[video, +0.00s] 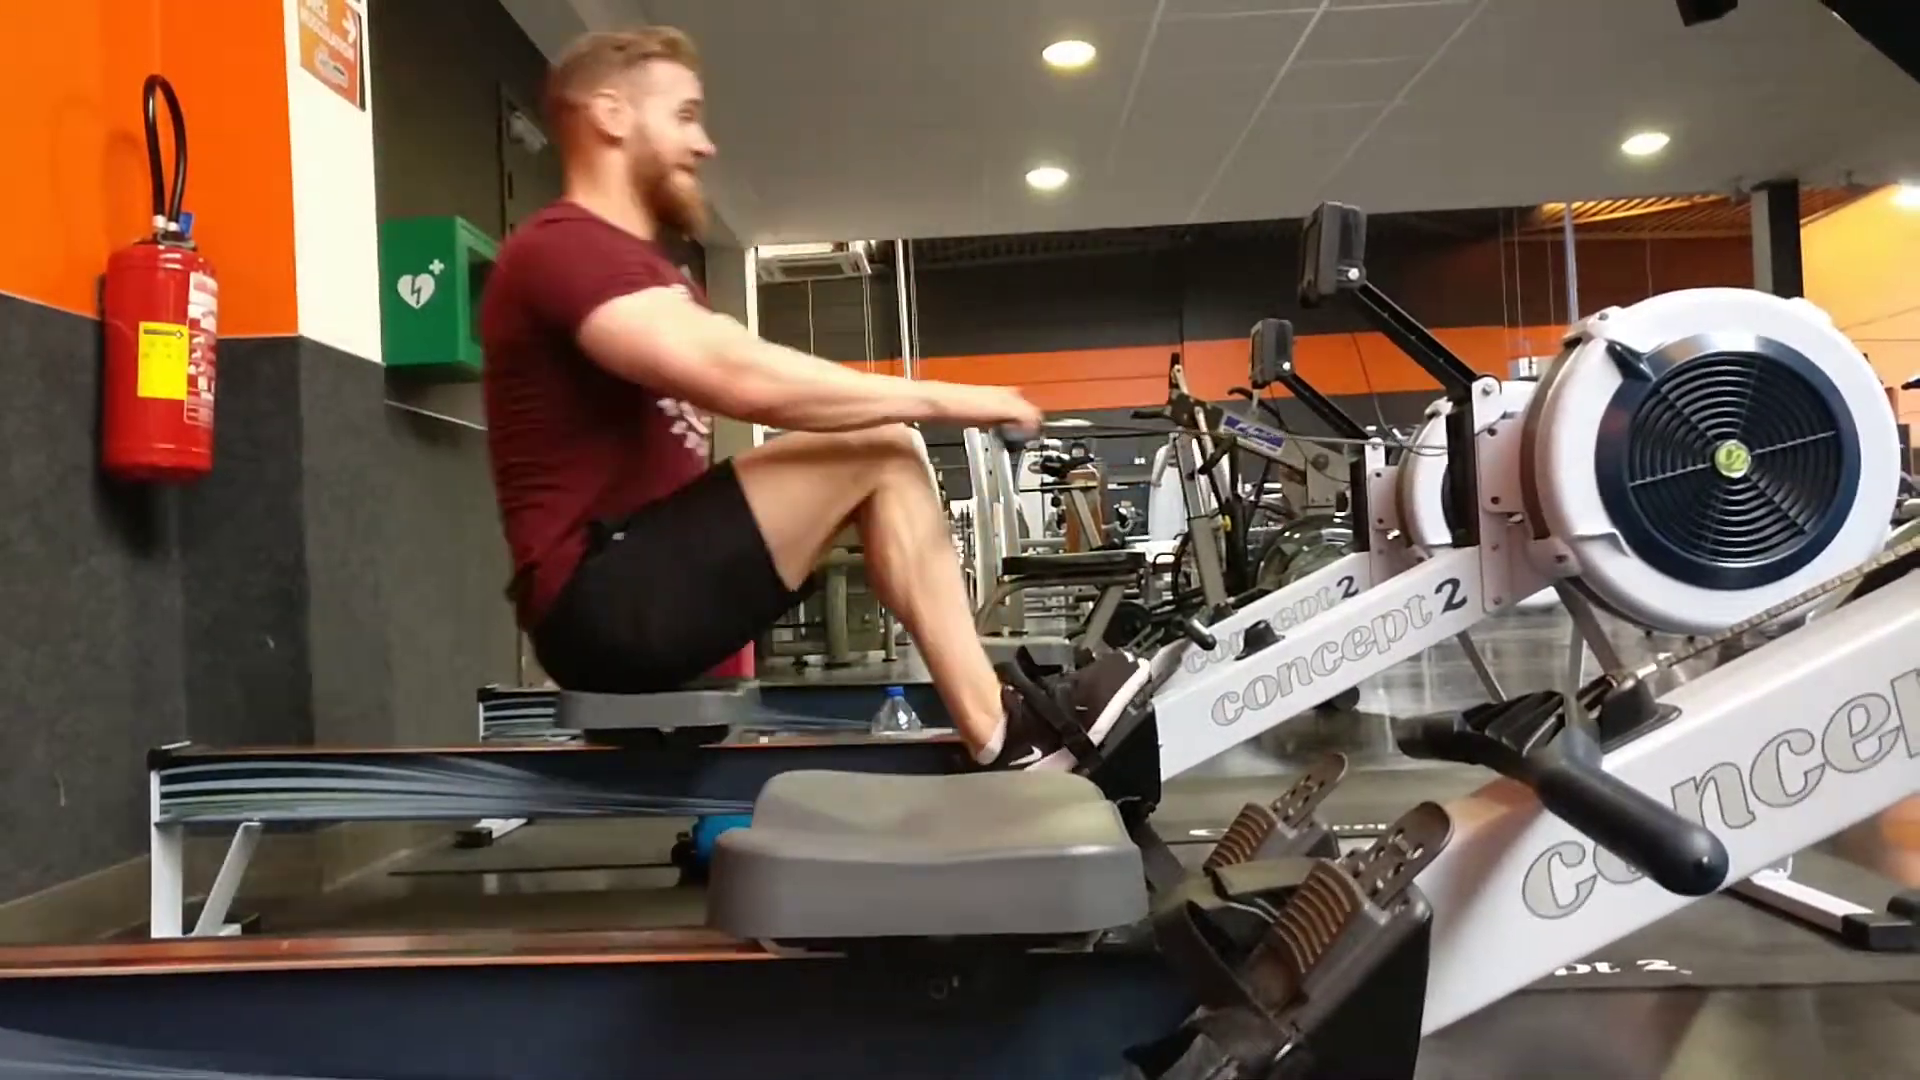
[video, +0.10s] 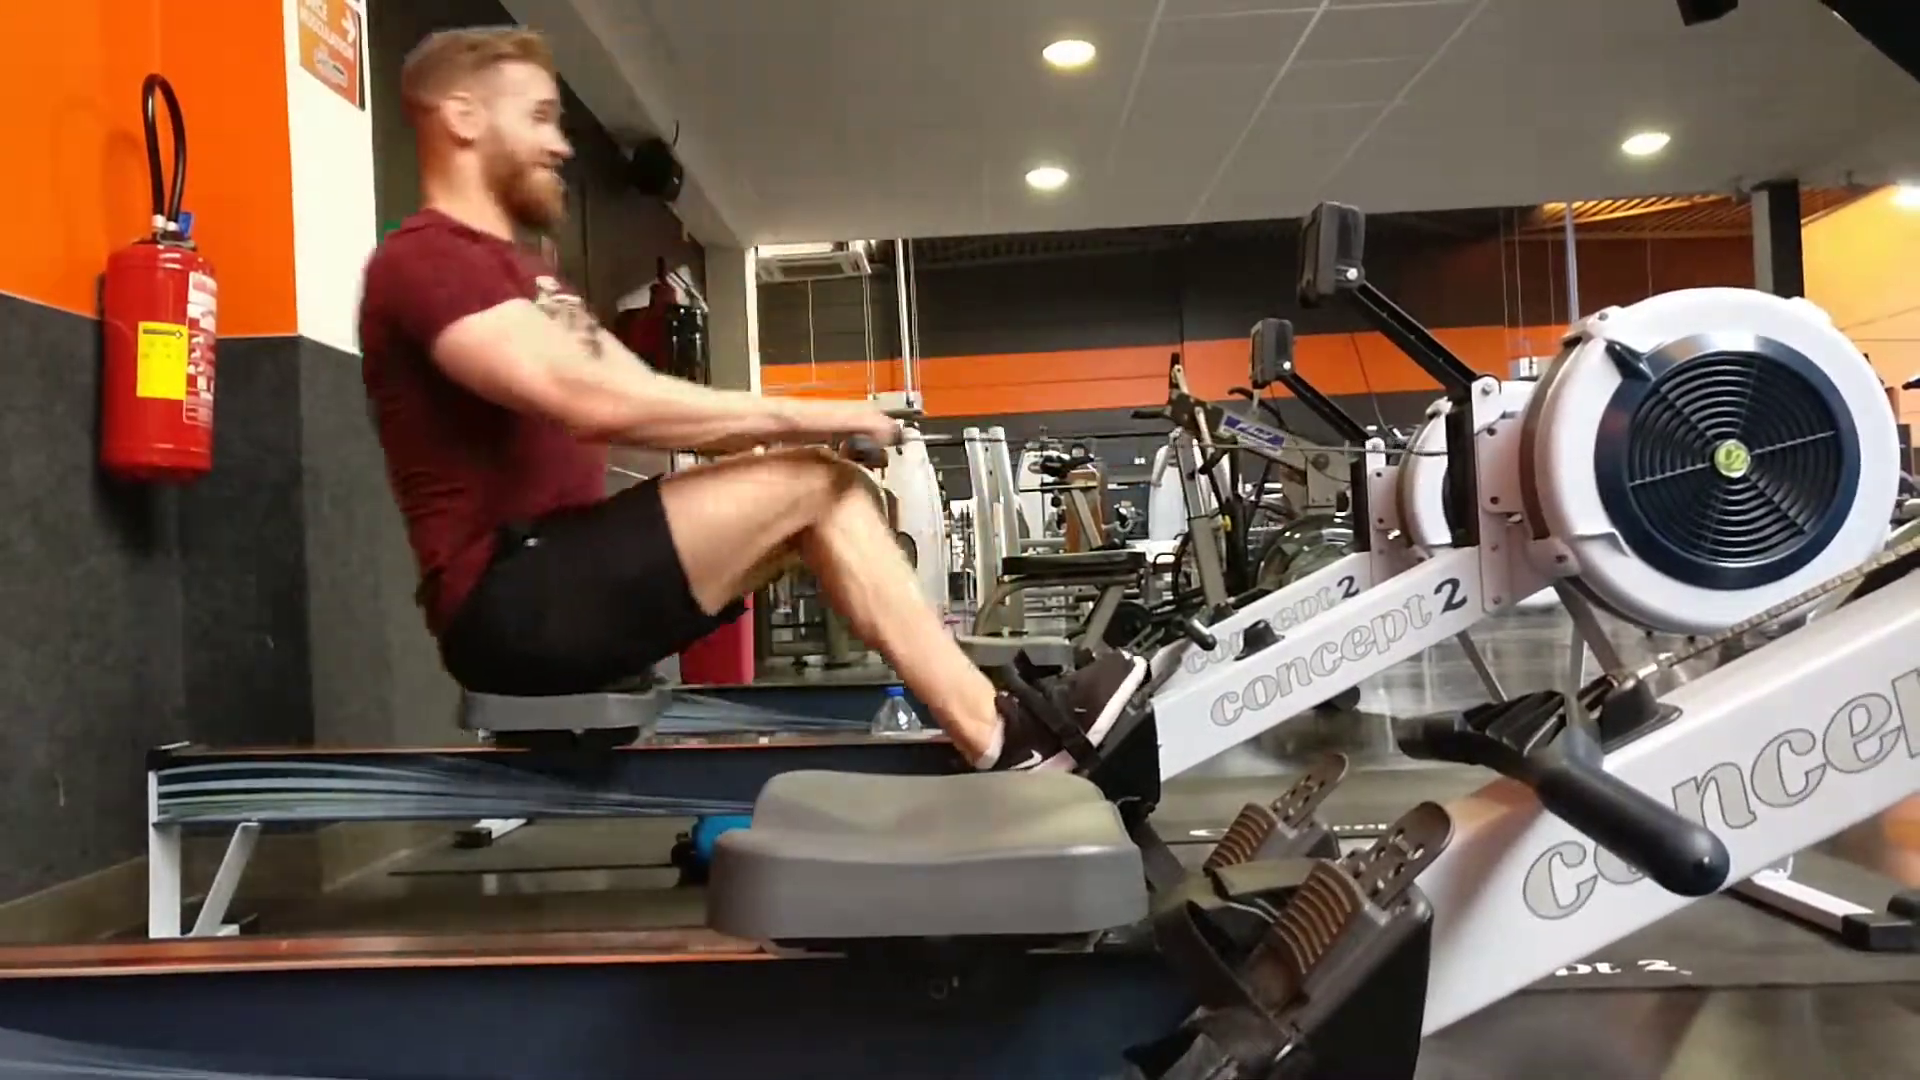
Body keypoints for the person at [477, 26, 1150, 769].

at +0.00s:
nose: (704, 144)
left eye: (700, 120)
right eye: (684, 115)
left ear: (618, 122)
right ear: (607, 119)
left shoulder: (639, 264)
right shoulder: (564, 249)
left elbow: (759, 385)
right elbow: (746, 383)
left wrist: (930, 403)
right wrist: (942, 399)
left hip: (638, 595)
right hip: (600, 603)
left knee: (887, 448)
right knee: (884, 452)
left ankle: (989, 718)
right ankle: (994, 737)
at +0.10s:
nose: (562, 141)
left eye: (558, 119)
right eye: (541, 115)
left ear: (474, 122)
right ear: (458, 119)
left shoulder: (517, 271)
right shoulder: (428, 261)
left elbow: (650, 396)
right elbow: (592, 406)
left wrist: (812, 423)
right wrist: (801, 421)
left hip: (557, 588)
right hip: (510, 605)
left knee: (825, 475)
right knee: (818, 478)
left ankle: (988, 717)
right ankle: (989, 733)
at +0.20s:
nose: (435, 170)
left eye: (436, 149)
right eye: (415, 141)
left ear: (362, 147)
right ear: (329, 140)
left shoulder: (406, 295)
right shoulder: (287, 282)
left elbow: (507, 451)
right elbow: (397, 431)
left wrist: (626, 419)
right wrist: (609, 407)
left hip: (496, 580)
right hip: (437, 606)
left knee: (766, 524)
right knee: (759, 525)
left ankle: (989, 721)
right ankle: (992, 745)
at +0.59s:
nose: (620, 190)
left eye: (624, 167)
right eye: (606, 161)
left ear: (531, 150)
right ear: (526, 143)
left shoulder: (528, 300)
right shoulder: (435, 270)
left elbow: (563, 448)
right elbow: (502, 435)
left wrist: (691, 416)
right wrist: (703, 404)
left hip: (521, 599)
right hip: (466, 612)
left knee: (783, 500)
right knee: (778, 502)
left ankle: (980, 723)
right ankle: (975, 742)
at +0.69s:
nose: (717, 191)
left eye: (718, 166)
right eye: (705, 161)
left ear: (632, 148)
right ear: (628, 144)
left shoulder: (647, 296)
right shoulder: (543, 270)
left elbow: (721, 415)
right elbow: (690, 426)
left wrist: (875, 411)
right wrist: (890, 406)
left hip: (600, 606)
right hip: (546, 618)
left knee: (854, 459)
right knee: (847, 467)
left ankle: (980, 718)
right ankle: (983, 740)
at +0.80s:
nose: (815, 190)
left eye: (819, 166)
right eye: (805, 159)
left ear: (732, 146)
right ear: (732, 140)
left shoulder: (696, 279)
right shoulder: (651, 266)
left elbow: (843, 399)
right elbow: (849, 416)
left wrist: (1008, 426)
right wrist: (1019, 423)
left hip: (659, 607)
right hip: (634, 615)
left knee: (908, 443)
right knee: (906, 449)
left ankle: (982, 714)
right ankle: (984, 730)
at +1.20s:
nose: (911, 171)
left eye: (910, 145)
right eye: (898, 141)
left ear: (826, 135)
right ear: (825, 130)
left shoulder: (798, 258)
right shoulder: (783, 258)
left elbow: (992, 389)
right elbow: (1007, 398)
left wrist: (1173, 445)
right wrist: (1193, 448)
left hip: (756, 602)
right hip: (748, 614)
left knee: (982, 417)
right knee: (978, 423)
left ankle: (991, 689)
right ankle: (986, 711)